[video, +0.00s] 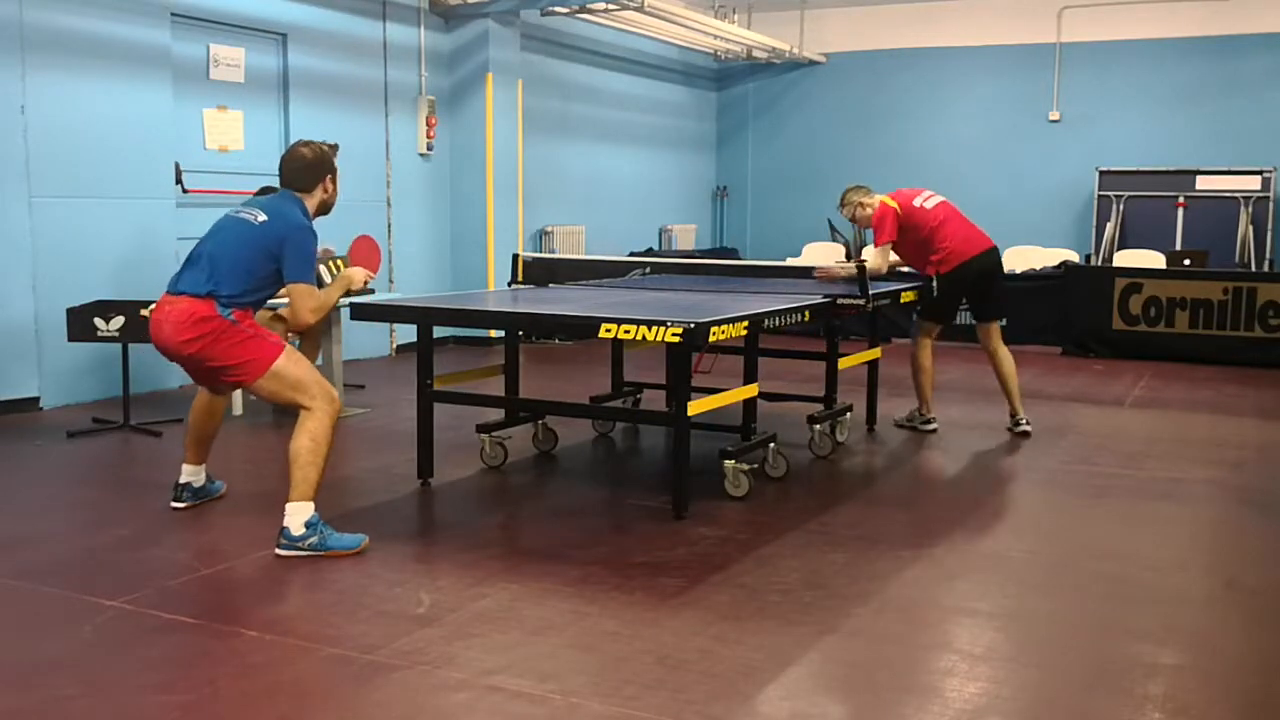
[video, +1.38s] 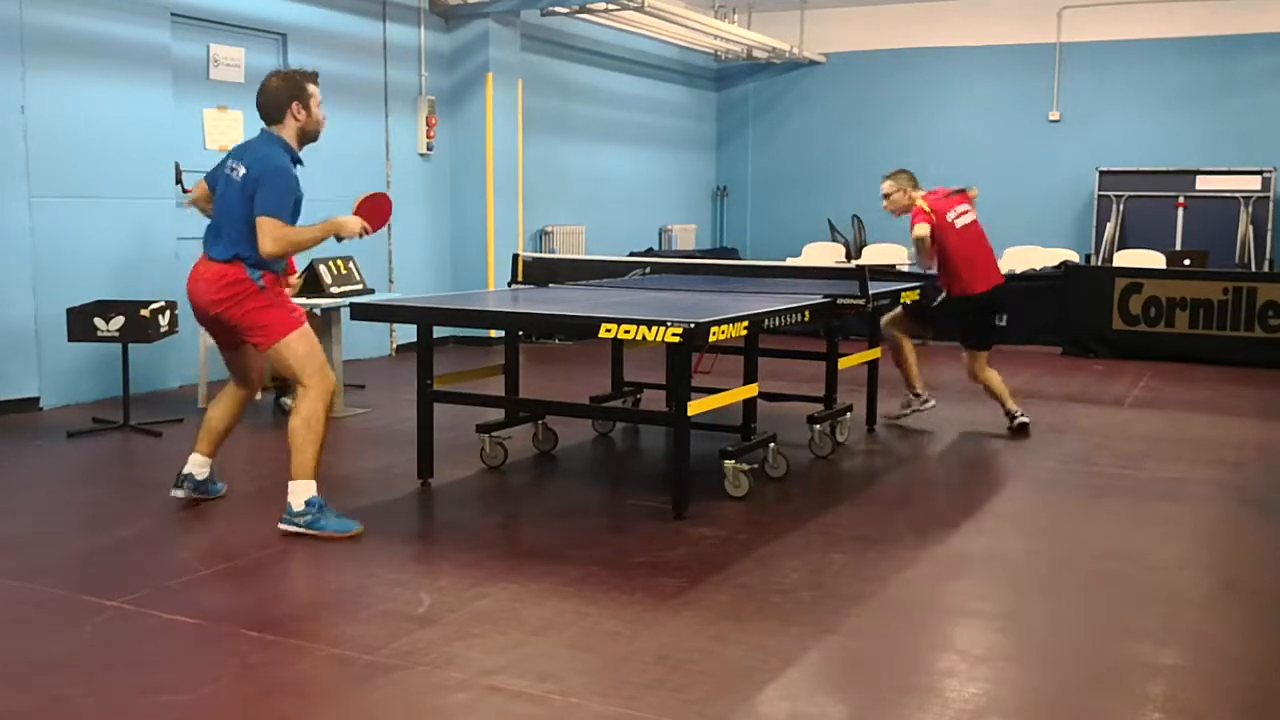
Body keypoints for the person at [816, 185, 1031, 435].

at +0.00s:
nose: (859, 226)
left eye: (855, 218)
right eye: (854, 222)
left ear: (863, 203)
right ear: (871, 196)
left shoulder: (884, 208)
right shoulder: (909, 196)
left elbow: (879, 267)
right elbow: (915, 254)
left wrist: (842, 272)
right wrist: (879, 263)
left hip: (952, 266)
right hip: (987, 254)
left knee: (923, 336)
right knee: (994, 341)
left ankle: (925, 412)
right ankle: (1019, 415)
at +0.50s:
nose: (873, 219)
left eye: (870, 212)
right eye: (868, 214)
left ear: (882, 197)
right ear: (889, 191)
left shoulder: (896, 210)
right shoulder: (931, 188)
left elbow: (882, 269)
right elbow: (925, 249)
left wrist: (844, 271)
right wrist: (892, 254)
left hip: (955, 276)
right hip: (994, 266)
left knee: (918, 338)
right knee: (998, 345)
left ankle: (924, 414)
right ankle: (1021, 417)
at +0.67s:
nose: (882, 203)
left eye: (880, 195)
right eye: (878, 198)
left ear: (891, 183)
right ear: (900, 178)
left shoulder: (904, 201)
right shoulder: (950, 175)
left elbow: (888, 252)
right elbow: (993, 203)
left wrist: (849, 254)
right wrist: (960, 220)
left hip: (957, 272)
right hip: (996, 263)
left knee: (918, 337)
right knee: (1000, 345)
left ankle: (924, 413)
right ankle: (1021, 417)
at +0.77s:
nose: (890, 190)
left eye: (889, 181)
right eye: (887, 184)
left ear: (904, 169)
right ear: (913, 166)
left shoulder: (912, 192)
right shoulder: (961, 167)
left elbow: (890, 240)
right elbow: (1005, 190)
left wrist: (851, 233)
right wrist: (971, 203)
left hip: (957, 269)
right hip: (997, 262)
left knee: (922, 337)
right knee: (1001, 344)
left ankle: (924, 413)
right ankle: (1021, 417)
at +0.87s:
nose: (898, 173)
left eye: (899, 165)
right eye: (896, 167)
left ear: (915, 158)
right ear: (924, 155)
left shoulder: (918, 182)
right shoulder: (972, 161)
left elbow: (889, 225)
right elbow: (1014, 183)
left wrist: (861, 203)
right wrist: (980, 191)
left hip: (960, 269)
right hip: (999, 262)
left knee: (924, 336)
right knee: (1003, 342)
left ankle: (925, 412)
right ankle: (1021, 417)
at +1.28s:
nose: (899, 188)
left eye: (901, 180)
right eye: (898, 181)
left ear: (918, 176)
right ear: (929, 175)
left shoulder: (924, 198)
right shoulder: (975, 180)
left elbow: (907, 230)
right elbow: (1016, 174)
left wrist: (893, 232)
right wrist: (977, 176)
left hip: (964, 286)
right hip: (998, 279)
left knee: (909, 335)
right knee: (991, 354)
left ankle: (923, 409)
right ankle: (1017, 415)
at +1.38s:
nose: (885, 205)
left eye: (887, 197)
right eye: (883, 198)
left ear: (906, 192)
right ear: (910, 191)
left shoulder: (921, 208)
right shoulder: (949, 194)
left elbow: (921, 234)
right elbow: (973, 192)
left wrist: (925, 262)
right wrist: (962, 222)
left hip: (962, 296)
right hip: (992, 288)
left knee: (892, 325)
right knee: (979, 368)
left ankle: (918, 394)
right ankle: (1014, 412)